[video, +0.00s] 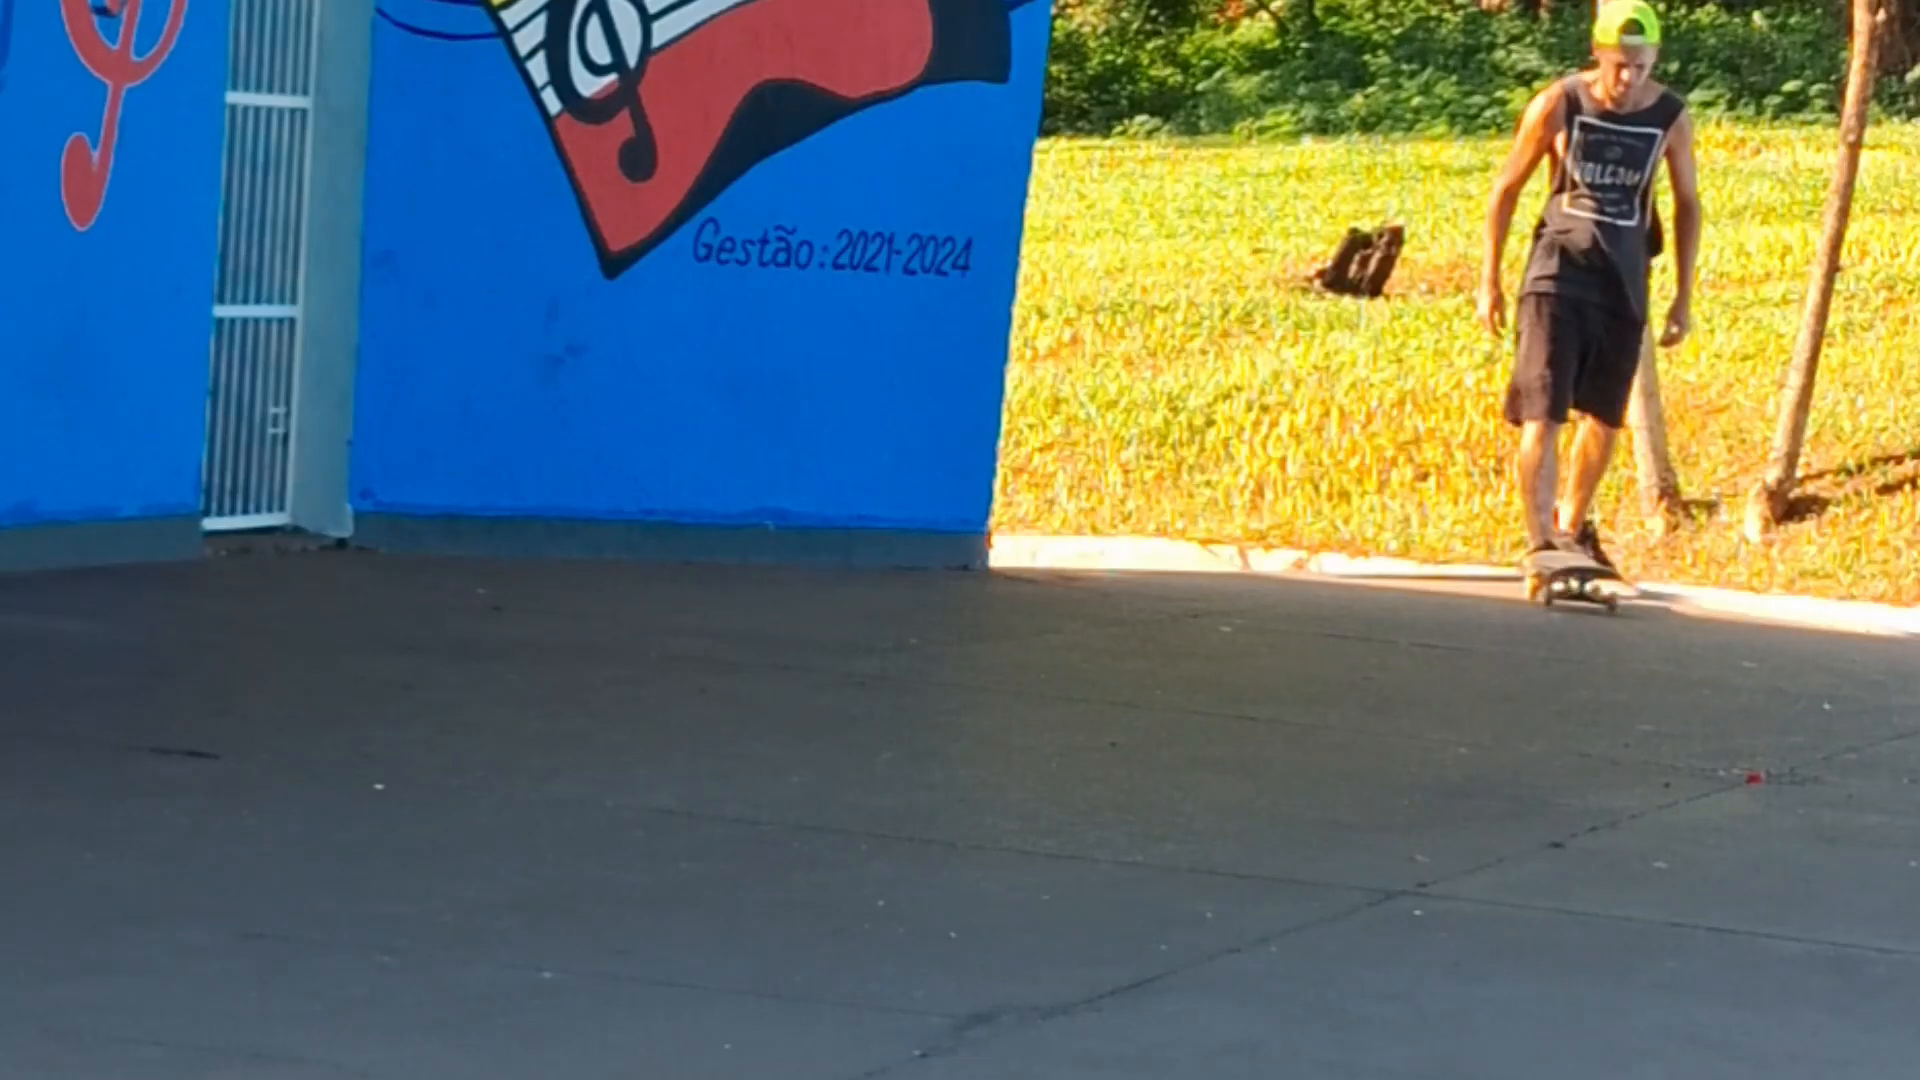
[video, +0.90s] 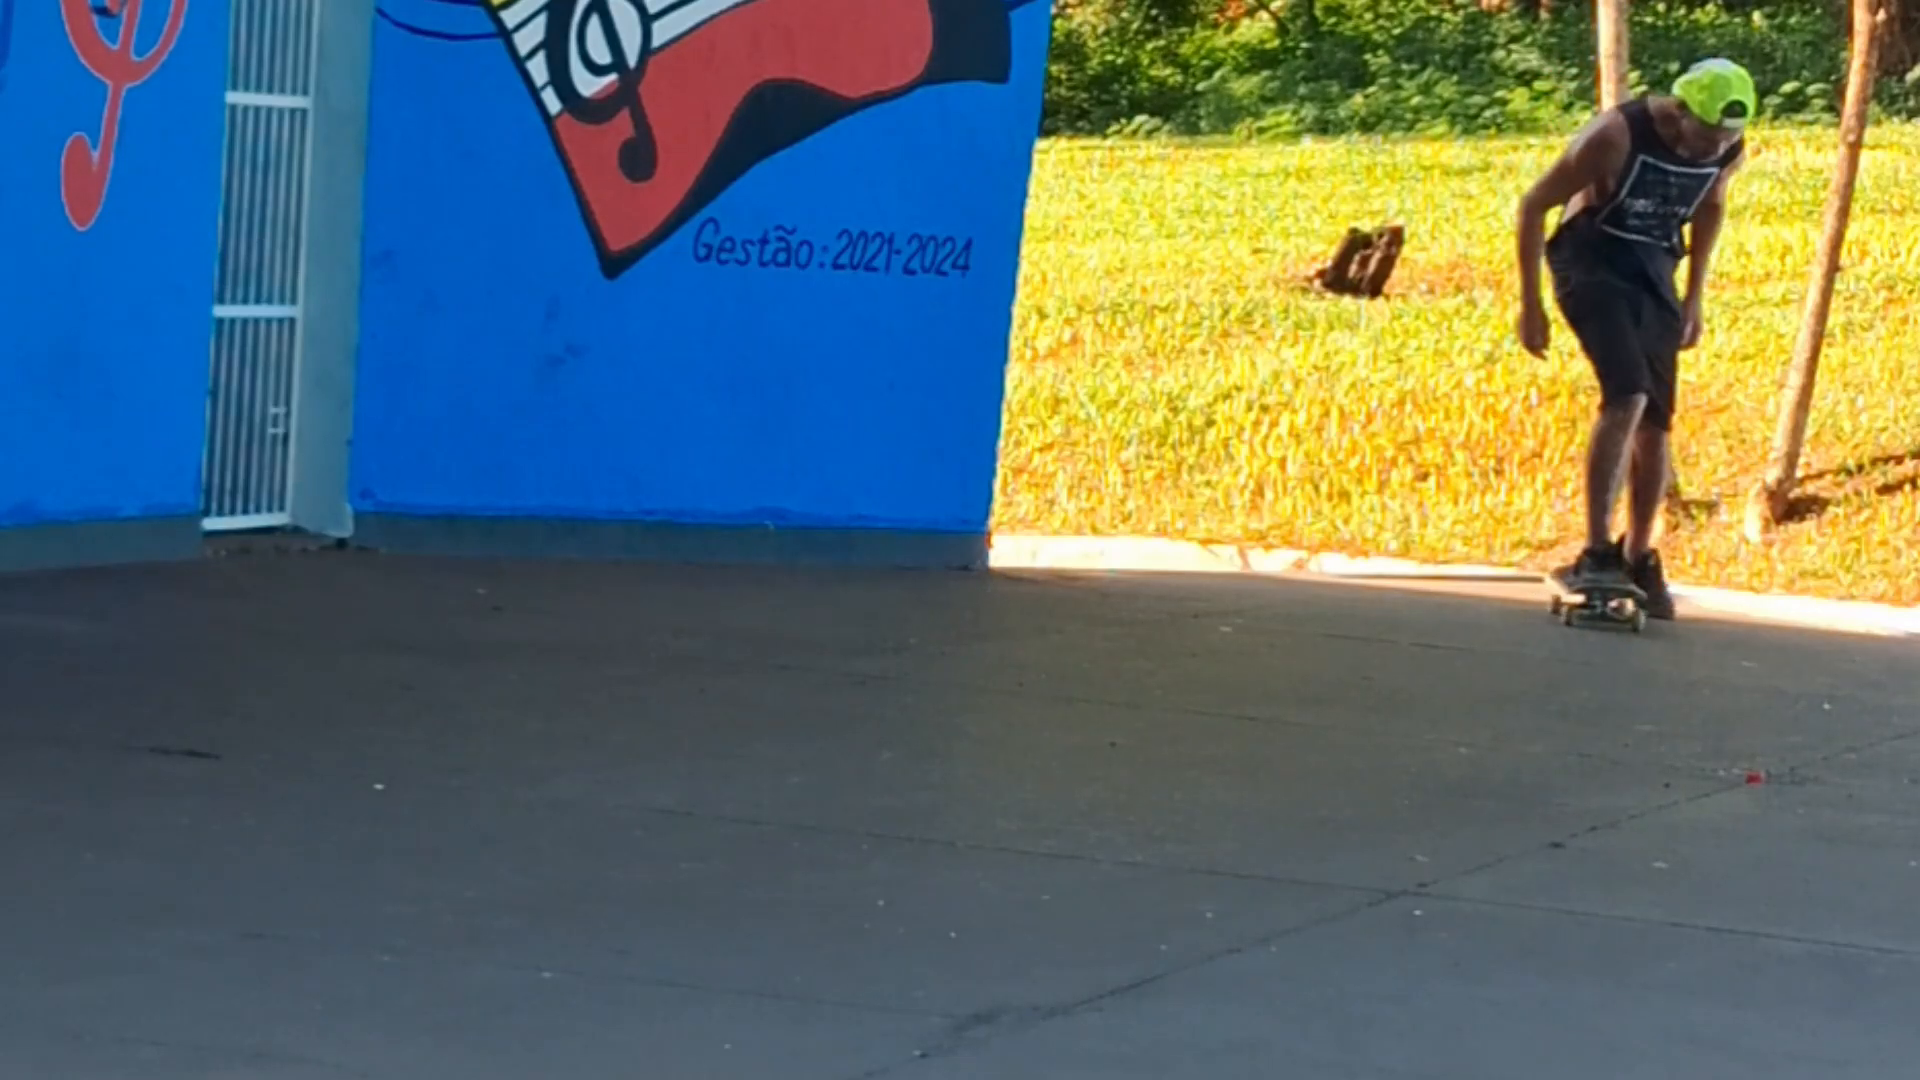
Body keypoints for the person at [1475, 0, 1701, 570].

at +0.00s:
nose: (1628, 77)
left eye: (1639, 66)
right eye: (1618, 64)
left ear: (1653, 60)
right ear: (1596, 53)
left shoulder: (1670, 114)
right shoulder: (1556, 105)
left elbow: (1687, 204)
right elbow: (1506, 189)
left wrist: (1683, 294)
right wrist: (1489, 280)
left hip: (1624, 280)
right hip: (1558, 273)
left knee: (1605, 417)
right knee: (1543, 412)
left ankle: (1575, 528)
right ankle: (1541, 543)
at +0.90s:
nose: (1719, 144)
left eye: (1728, 135)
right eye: (1711, 131)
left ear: (1738, 128)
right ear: (1681, 112)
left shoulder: (1729, 149)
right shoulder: (1616, 134)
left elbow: (1710, 207)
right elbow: (1533, 205)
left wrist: (1694, 297)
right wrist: (1531, 304)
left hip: (1654, 274)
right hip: (1591, 263)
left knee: (1655, 419)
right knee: (1626, 395)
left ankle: (1639, 555)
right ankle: (1597, 553)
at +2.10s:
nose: (1838, 155)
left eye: (1851, 148)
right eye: (1847, 140)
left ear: (1828, 100)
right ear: (1832, 101)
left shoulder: (1755, 120)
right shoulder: (1738, 100)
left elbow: (1637, 178)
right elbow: (1620, 163)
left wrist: (1638, 282)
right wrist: (1620, 284)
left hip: (1628, 266)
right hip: (1579, 264)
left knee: (1683, 413)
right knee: (1636, 427)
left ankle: (1626, 596)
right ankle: (1592, 603)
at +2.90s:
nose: (1803, 222)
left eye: (1815, 217)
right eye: (1812, 206)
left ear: (1792, 163)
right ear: (1794, 162)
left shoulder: (1711, 179)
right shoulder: (1703, 152)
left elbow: (1586, 237)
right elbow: (1577, 212)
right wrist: (1571, 348)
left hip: (1531, 267)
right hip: (1491, 257)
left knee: (1615, 438)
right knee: (1578, 441)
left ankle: (1539, 629)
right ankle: (1500, 629)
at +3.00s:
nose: (1790, 230)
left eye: (1804, 225)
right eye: (1801, 215)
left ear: (1785, 177)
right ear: (1784, 172)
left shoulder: (1700, 185)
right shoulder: (1693, 157)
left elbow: (1572, 249)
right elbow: (1561, 217)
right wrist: (1554, 357)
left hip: (1514, 266)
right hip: (1474, 254)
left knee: (1598, 439)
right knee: (1565, 438)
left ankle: (1521, 633)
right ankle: (1466, 621)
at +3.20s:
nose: (1758, 243)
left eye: (1774, 239)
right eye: (1770, 227)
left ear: (1757, 182)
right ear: (1755, 180)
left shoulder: (1666, 189)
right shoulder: (1666, 161)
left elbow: (1536, 266)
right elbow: (1533, 230)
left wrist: (1450, 394)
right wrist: (1513, 374)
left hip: (1479, 261)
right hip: (1437, 249)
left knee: (1556, 445)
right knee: (1526, 447)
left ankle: (1481, 644)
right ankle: (1420, 635)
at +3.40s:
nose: (1727, 260)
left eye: (1742, 254)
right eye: (1742, 244)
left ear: (1722, 192)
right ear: (1725, 199)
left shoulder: (1636, 185)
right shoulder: (1630, 181)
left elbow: (1493, 264)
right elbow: (1499, 258)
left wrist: (1415, 412)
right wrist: (1479, 402)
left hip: (1431, 255)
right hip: (1392, 248)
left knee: (1527, 439)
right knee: (1492, 449)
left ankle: (1442, 648)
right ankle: (1376, 637)